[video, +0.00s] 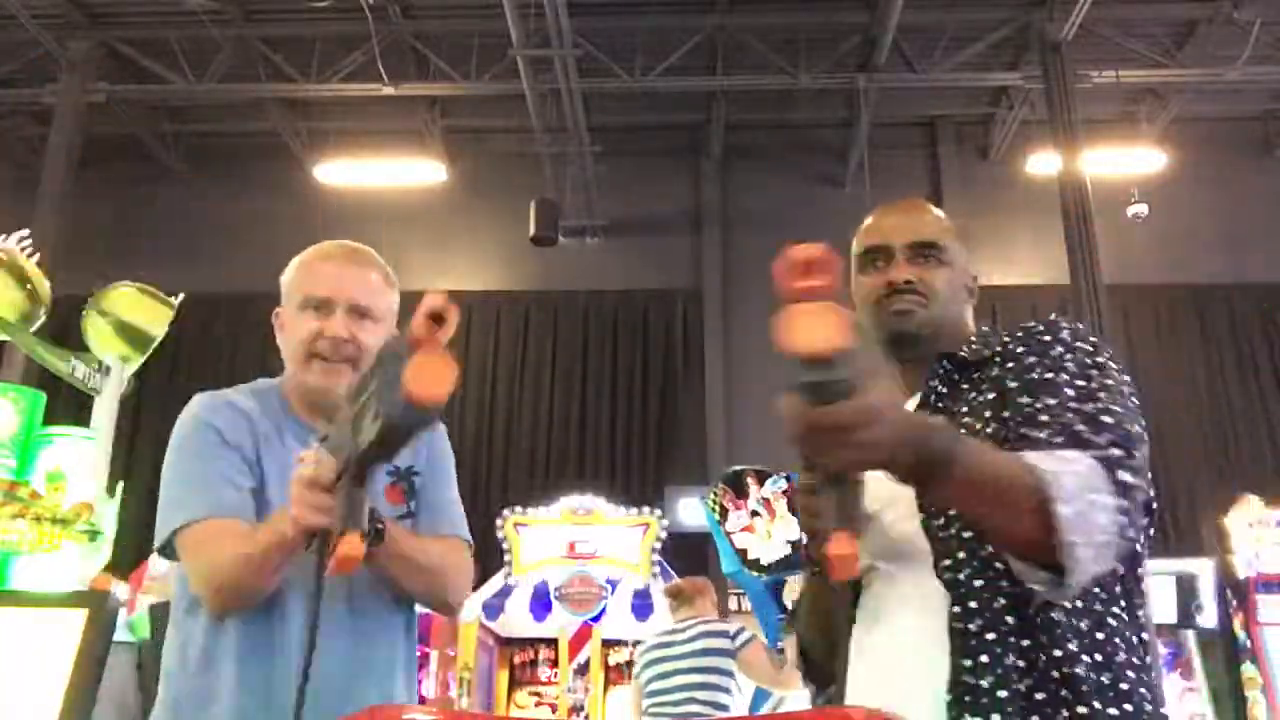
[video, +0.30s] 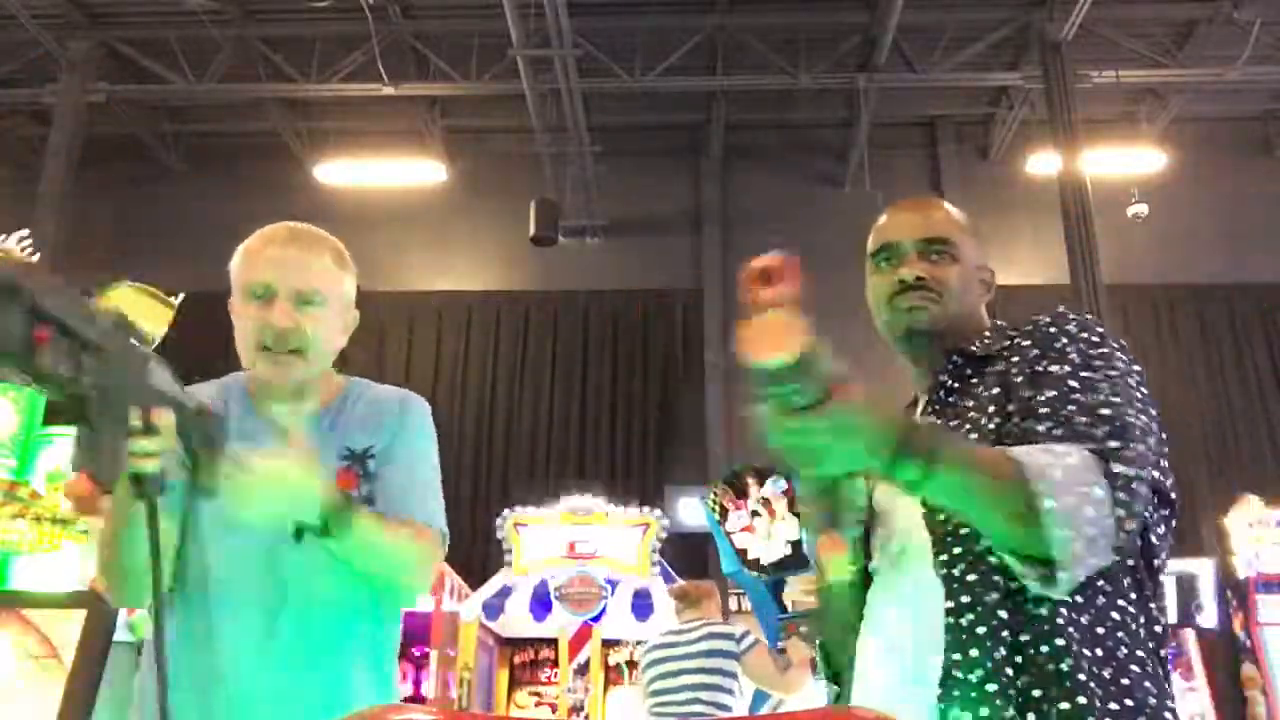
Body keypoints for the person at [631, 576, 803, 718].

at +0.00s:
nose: (718, 608)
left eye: (716, 603)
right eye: (716, 603)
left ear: (672, 610)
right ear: (711, 600)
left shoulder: (645, 649)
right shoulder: (729, 632)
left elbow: (637, 712)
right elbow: (783, 681)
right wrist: (794, 644)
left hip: (659, 714)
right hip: (713, 713)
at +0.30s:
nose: (722, 609)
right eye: (720, 604)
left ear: (677, 612)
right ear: (715, 603)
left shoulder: (649, 648)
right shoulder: (732, 635)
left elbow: (647, 702)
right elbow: (789, 686)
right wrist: (802, 658)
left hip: (662, 715)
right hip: (715, 713)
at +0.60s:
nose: (728, 608)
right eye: (725, 602)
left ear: (681, 611)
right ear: (721, 603)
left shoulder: (654, 646)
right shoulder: (738, 636)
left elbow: (650, 700)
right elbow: (796, 687)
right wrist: (796, 652)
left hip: (662, 714)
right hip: (716, 712)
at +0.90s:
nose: (730, 607)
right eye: (726, 601)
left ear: (683, 611)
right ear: (722, 604)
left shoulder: (654, 647)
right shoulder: (741, 636)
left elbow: (651, 700)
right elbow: (796, 687)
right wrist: (801, 653)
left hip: (663, 715)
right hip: (717, 712)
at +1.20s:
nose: (727, 609)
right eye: (724, 602)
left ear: (680, 612)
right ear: (717, 602)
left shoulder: (652, 646)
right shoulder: (736, 635)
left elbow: (647, 701)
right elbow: (786, 688)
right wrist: (797, 661)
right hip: (713, 713)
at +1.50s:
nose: (718, 605)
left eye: (716, 597)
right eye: (715, 597)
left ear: (672, 604)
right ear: (709, 593)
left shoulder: (645, 646)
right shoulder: (729, 631)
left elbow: (636, 713)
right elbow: (780, 685)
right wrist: (797, 661)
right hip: (708, 713)